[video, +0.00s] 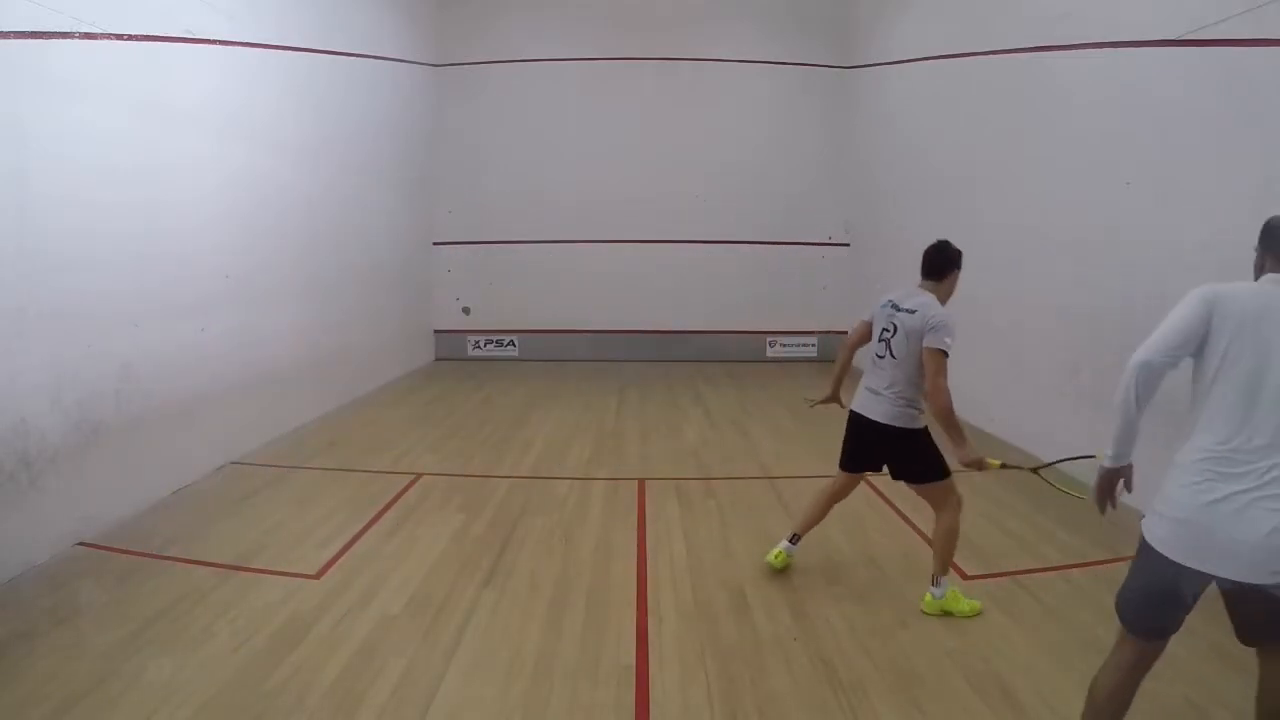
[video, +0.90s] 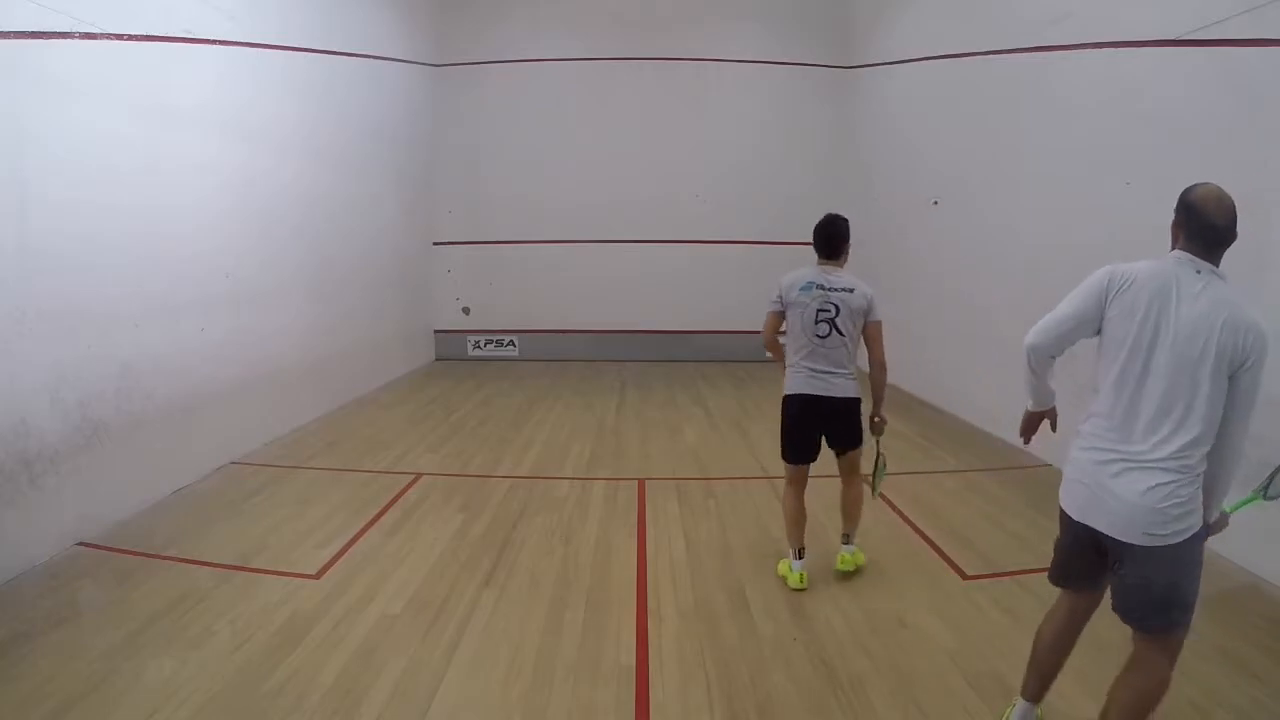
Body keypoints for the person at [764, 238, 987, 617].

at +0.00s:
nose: (956, 284)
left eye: (957, 278)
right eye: (957, 277)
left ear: (922, 271)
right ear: (950, 276)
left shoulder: (889, 302)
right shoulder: (937, 317)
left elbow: (850, 342)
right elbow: (935, 390)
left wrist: (834, 390)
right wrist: (963, 447)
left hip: (861, 419)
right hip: (902, 430)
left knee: (840, 485)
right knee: (948, 503)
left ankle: (785, 548)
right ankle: (939, 591)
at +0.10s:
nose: (983, 309)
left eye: (984, 301)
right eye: (984, 301)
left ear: (952, 292)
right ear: (975, 298)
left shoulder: (914, 317)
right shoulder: (957, 340)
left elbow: (861, 358)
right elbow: (962, 419)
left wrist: (839, 397)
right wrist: (993, 468)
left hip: (872, 432)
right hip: (912, 442)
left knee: (842, 498)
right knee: (972, 508)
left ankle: (783, 553)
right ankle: (942, 591)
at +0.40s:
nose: (970, 290)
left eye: (969, 284)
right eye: (970, 284)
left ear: (934, 277)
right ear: (966, 284)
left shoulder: (899, 301)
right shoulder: (963, 332)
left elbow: (850, 330)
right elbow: (965, 408)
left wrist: (822, 380)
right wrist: (947, 445)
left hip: (863, 410)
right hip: (910, 424)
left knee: (832, 481)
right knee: (948, 501)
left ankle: (796, 552)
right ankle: (939, 590)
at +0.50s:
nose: (933, 275)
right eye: (939, 271)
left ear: (906, 268)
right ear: (940, 275)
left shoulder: (877, 296)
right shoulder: (945, 327)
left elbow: (833, 333)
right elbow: (943, 400)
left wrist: (804, 381)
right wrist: (920, 430)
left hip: (853, 415)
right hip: (902, 427)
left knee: (823, 486)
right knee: (938, 500)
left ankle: (798, 561)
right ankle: (939, 590)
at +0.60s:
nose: (901, 269)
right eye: (908, 265)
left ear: (875, 266)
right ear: (909, 270)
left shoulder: (851, 298)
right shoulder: (921, 323)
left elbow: (816, 342)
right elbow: (922, 390)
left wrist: (790, 391)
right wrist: (905, 418)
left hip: (836, 419)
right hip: (886, 427)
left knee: (814, 485)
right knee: (920, 501)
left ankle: (798, 565)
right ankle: (936, 589)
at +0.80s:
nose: (855, 255)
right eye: (858, 249)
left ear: (826, 252)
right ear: (861, 254)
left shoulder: (804, 289)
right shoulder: (877, 301)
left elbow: (776, 346)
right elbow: (891, 368)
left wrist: (780, 382)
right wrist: (885, 416)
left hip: (807, 408)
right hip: (854, 410)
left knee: (795, 485)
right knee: (877, 489)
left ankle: (797, 565)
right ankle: (891, 568)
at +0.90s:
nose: (843, 248)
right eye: (845, 243)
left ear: (813, 246)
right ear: (847, 248)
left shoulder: (791, 284)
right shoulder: (862, 292)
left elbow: (768, 337)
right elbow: (877, 358)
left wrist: (783, 357)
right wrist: (878, 408)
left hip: (799, 401)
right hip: (843, 402)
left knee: (795, 483)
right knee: (851, 475)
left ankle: (797, 566)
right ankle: (848, 551)